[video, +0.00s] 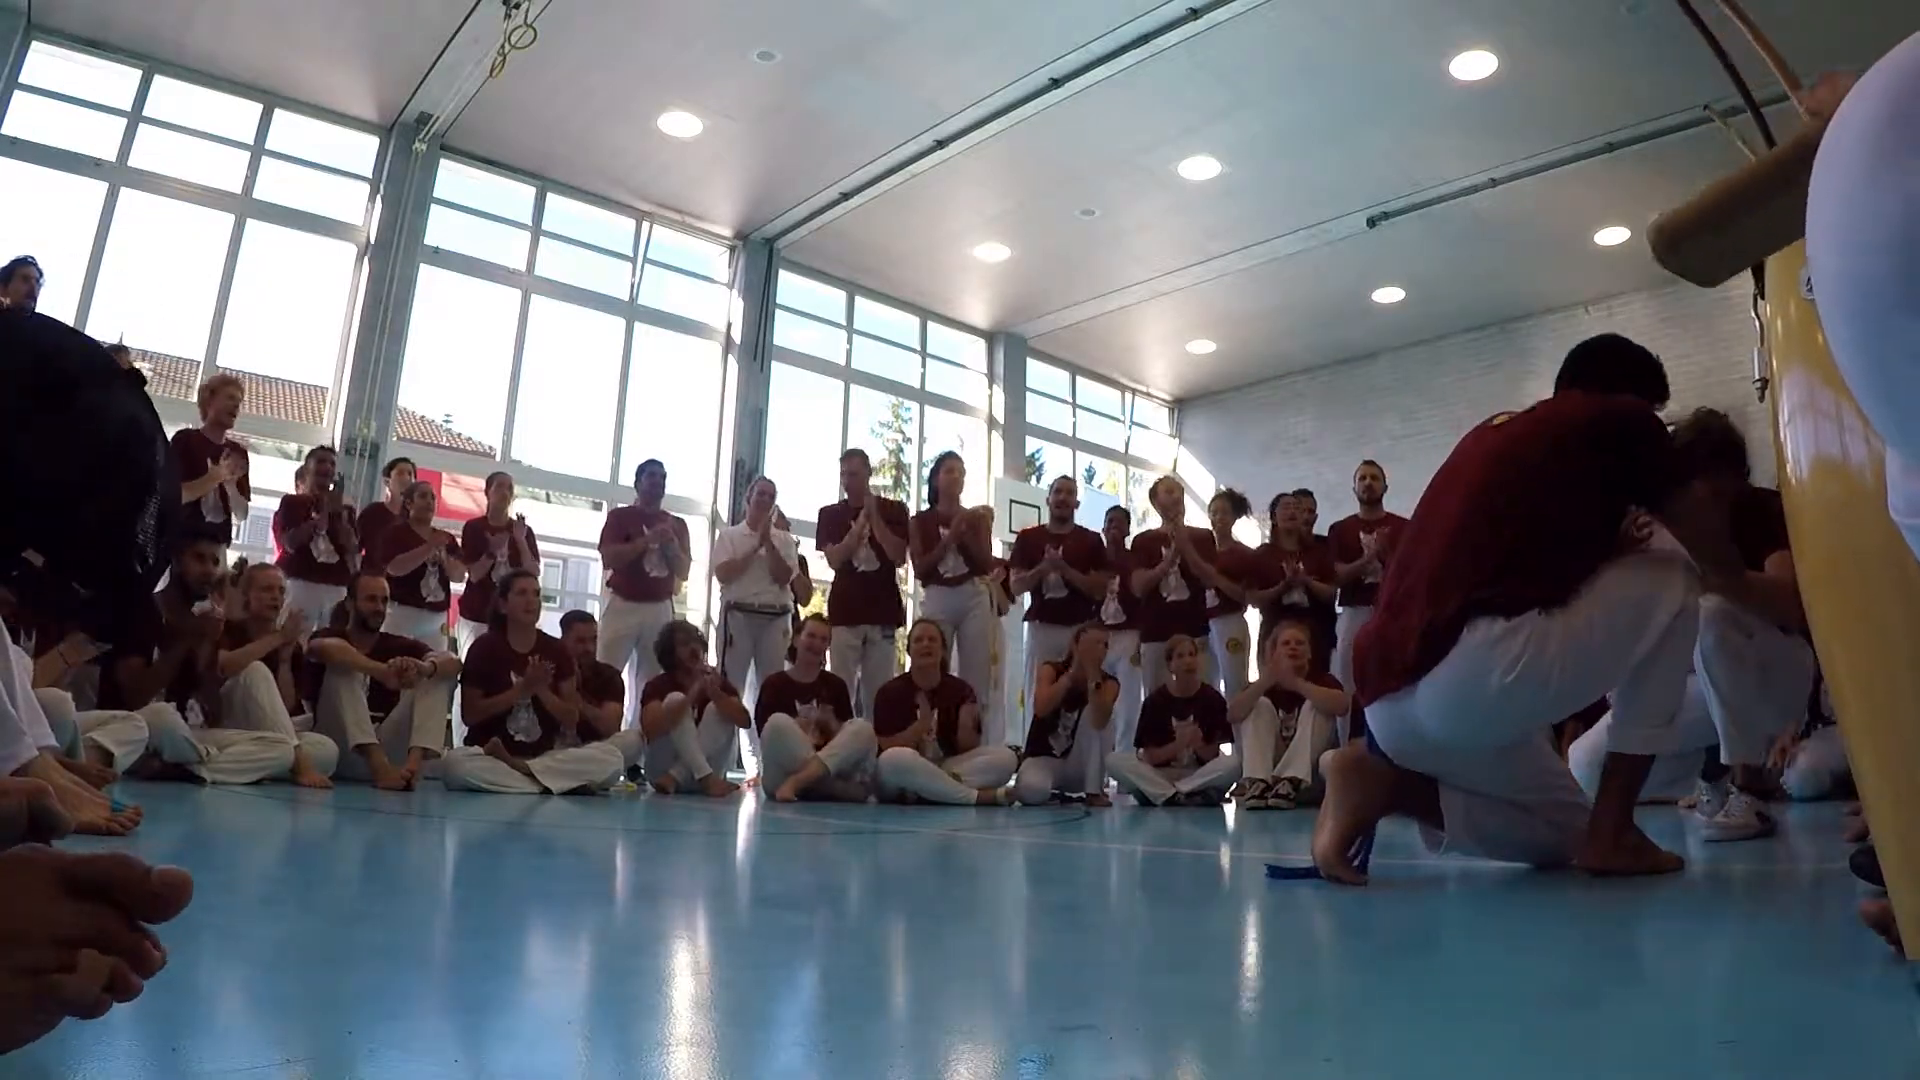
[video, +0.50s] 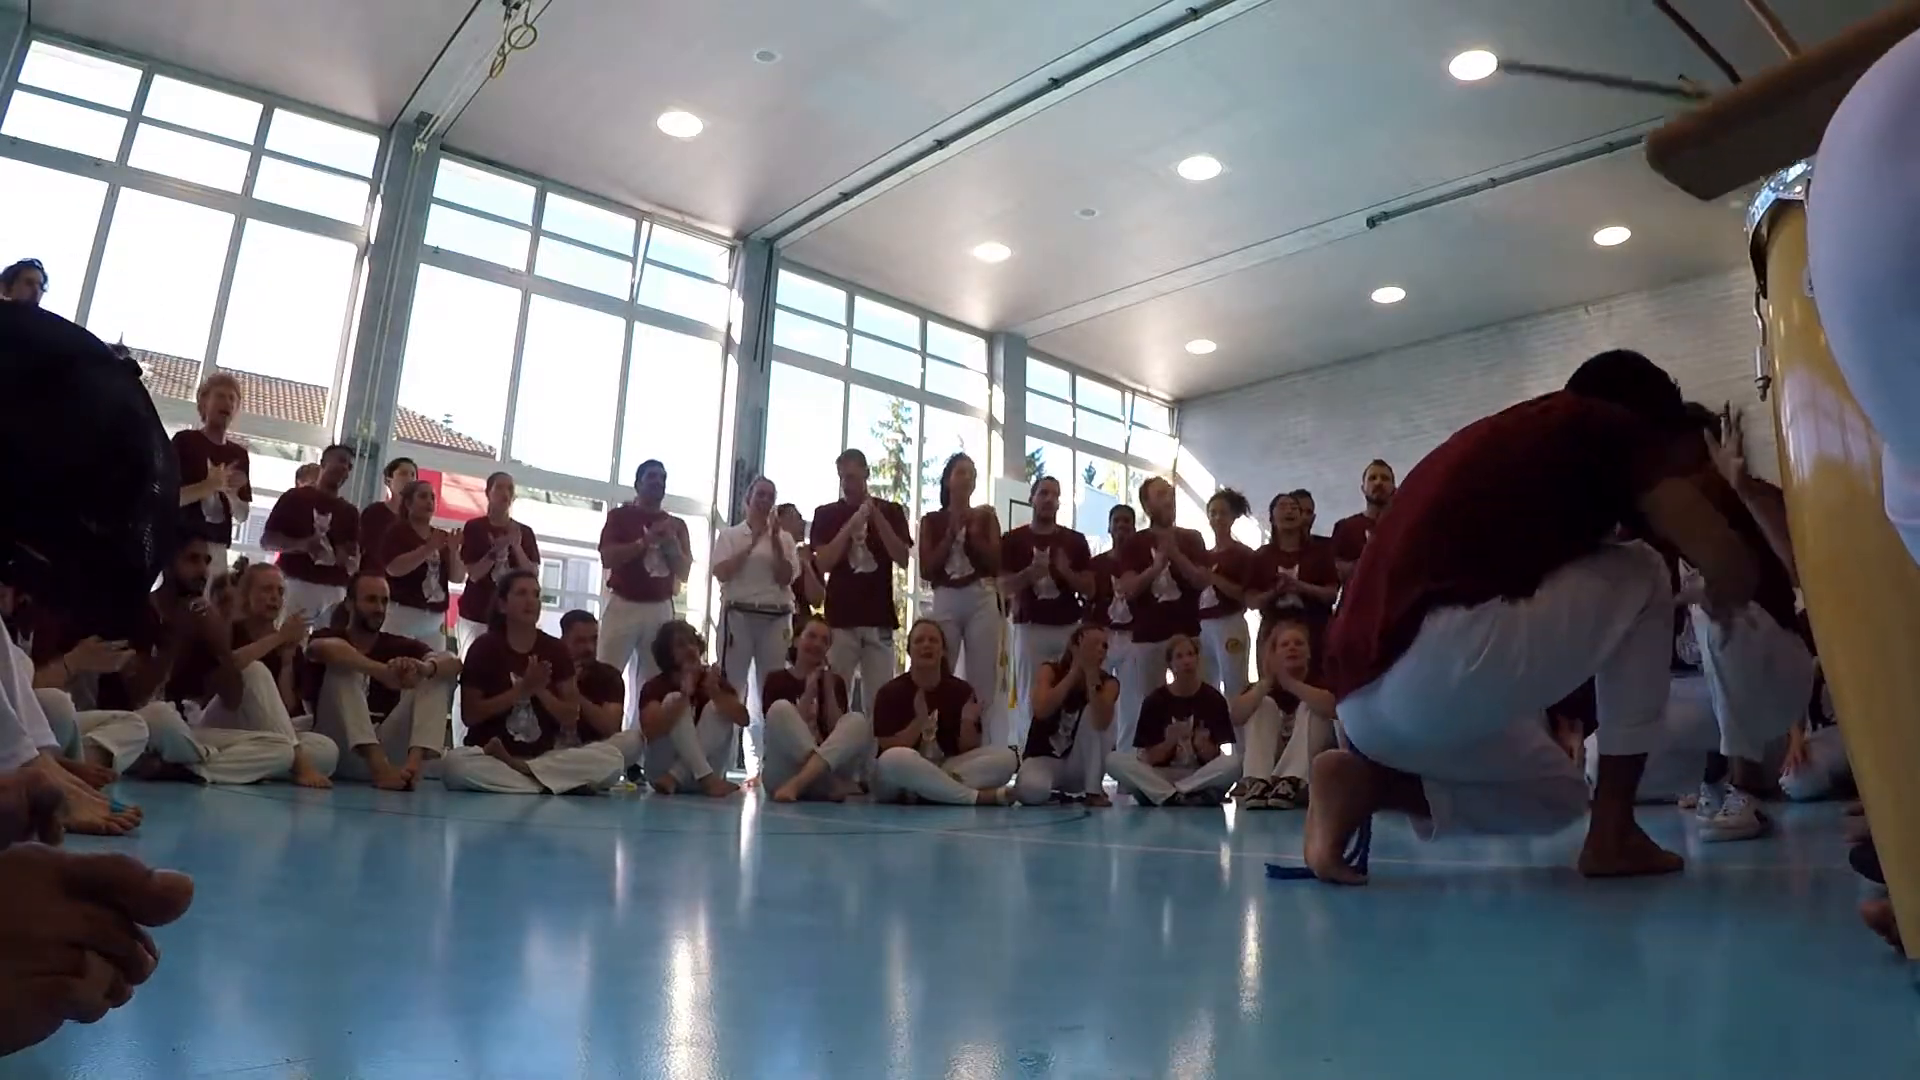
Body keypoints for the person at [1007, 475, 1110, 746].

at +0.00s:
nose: (1063, 498)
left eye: (1069, 493)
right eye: (1058, 492)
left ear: (1077, 500)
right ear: (1048, 498)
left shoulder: (1092, 540)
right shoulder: (1028, 537)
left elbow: (1100, 589)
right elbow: (1016, 586)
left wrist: (1063, 569)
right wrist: (1044, 568)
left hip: (1081, 630)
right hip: (1042, 628)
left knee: (1079, 700)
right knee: (1038, 698)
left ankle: (1077, 764)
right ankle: (1036, 761)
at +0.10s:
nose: (1060, 497)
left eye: (1066, 493)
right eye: (1055, 492)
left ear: (1074, 500)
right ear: (1046, 498)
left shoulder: (1089, 539)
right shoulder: (1026, 537)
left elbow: (1101, 589)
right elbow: (1015, 586)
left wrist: (1063, 568)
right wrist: (1040, 568)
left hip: (1080, 630)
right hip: (1041, 628)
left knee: (1078, 699)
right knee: (1037, 697)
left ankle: (1074, 764)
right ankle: (1034, 761)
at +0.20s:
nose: (1057, 497)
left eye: (1064, 493)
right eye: (1052, 492)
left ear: (1072, 499)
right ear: (1043, 497)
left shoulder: (1087, 539)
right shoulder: (1023, 538)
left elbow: (1100, 589)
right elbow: (1010, 585)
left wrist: (1071, 568)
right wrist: (1032, 570)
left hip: (1078, 630)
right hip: (1039, 628)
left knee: (1077, 700)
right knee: (1035, 698)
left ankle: (1074, 765)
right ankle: (1033, 762)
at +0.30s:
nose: (1055, 497)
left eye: (1062, 493)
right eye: (1050, 492)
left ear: (1069, 500)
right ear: (1040, 497)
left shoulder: (1083, 539)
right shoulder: (1020, 538)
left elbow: (1098, 588)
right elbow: (1010, 585)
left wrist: (1060, 569)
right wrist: (1038, 567)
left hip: (1075, 629)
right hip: (1036, 628)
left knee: (1074, 701)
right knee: (1032, 699)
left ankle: (1071, 767)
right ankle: (1029, 764)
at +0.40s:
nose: (1053, 498)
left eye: (1059, 494)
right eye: (1047, 492)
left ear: (1064, 500)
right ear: (1037, 497)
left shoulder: (1079, 540)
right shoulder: (1016, 538)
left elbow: (1097, 587)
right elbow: (1010, 586)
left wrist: (1060, 573)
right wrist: (1039, 569)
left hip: (1072, 630)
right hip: (1033, 628)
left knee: (1072, 702)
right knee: (1029, 701)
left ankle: (1068, 767)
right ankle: (1028, 765)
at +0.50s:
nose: (1050, 499)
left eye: (1055, 495)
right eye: (1044, 493)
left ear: (1059, 500)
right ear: (1032, 498)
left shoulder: (1075, 540)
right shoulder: (1013, 539)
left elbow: (1089, 588)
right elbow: (1004, 586)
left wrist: (1063, 570)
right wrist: (1033, 572)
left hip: (1068, 629)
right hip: (1029, 628)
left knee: (1069, 700)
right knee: (1029, 701)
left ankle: (1067, 764)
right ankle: (1028, 763)